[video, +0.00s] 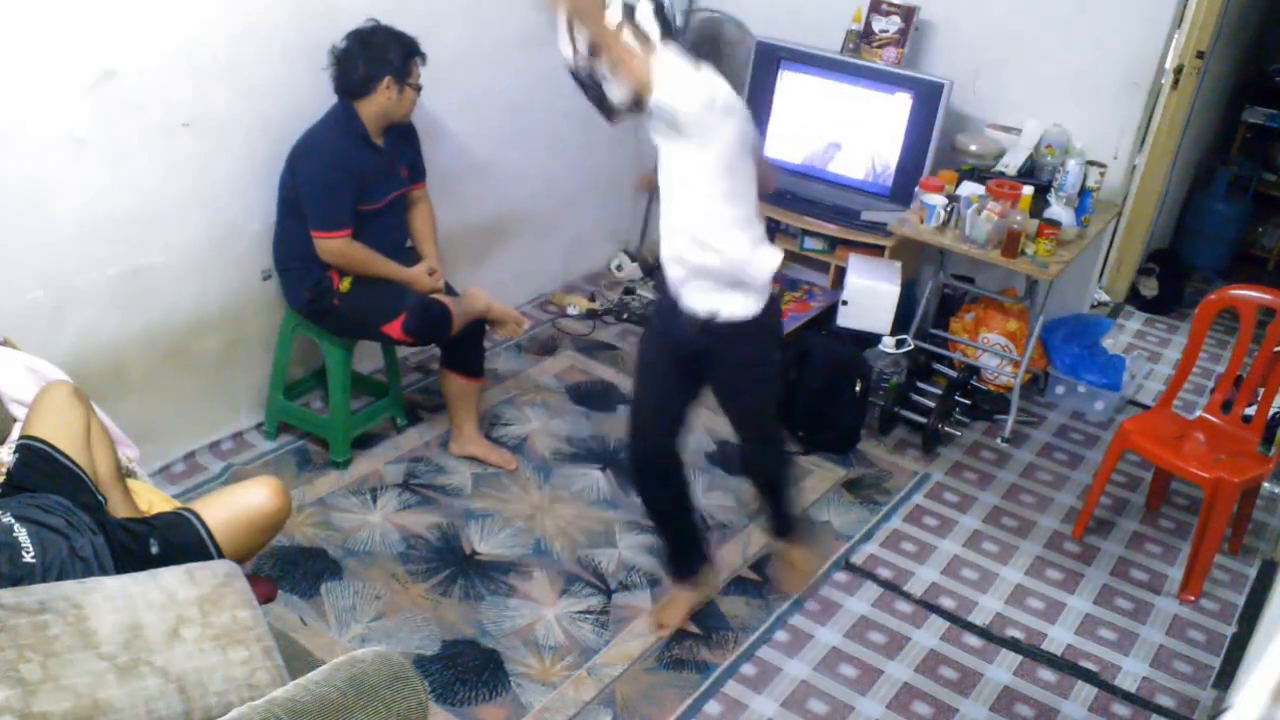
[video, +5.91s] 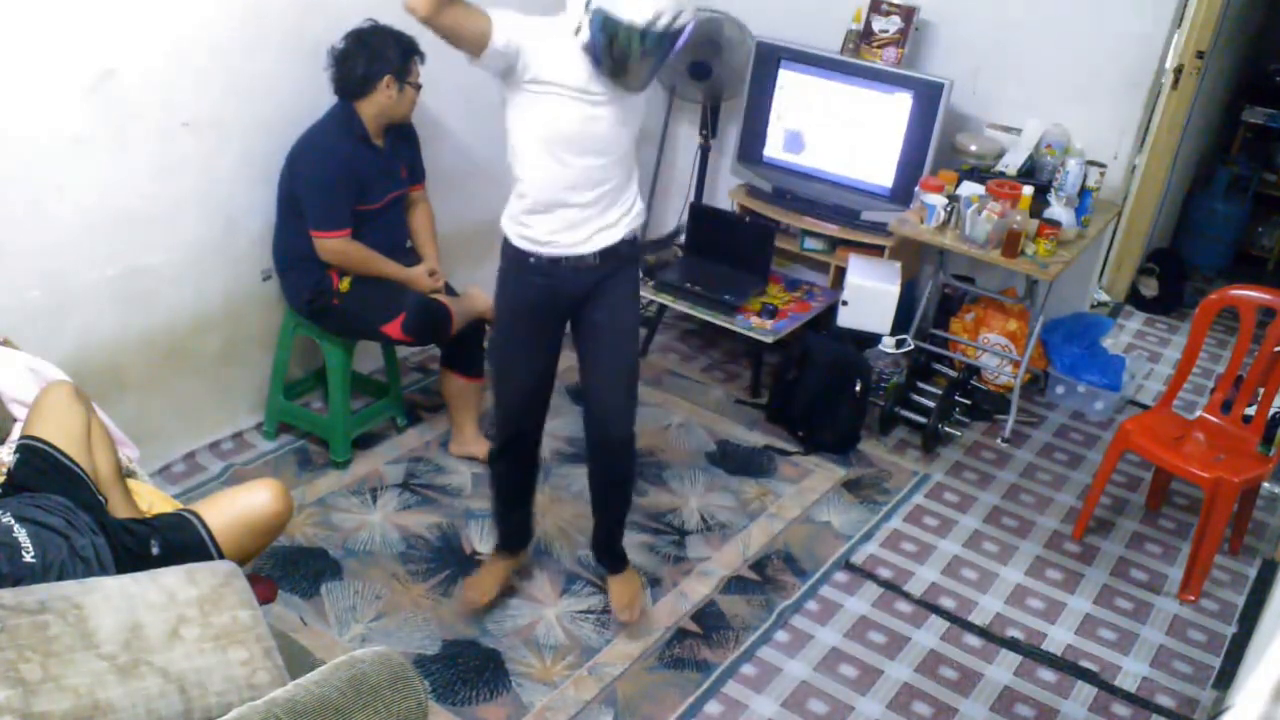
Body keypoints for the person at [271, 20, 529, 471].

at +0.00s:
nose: (419, 96)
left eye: (419, 87)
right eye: (416, 87)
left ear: (386, 88)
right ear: (387, 88)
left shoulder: (399, 131)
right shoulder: (325, 151)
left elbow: (418, 202)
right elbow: (333, 249)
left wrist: (429, 259)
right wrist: (407, 276)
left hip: (387, 266)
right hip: (325, 283)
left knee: (466, 320)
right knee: (424, 324)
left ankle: (465, 435)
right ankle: (477, 305)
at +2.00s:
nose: (419, 96)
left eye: (419, 87)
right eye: (416, 87)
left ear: (387, 88)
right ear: (387, 88)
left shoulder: (400, 130)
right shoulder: (326, 151)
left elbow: (418, 202)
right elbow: (332, 249)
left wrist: (429, 260)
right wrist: (407, 276)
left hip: (389, 264)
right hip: (325, 281)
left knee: (465, 323)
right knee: (423, 324)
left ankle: (466, 435)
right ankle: (477, 306)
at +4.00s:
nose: (419, 95)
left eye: (419, 87)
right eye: (416, 86)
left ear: (387, 86)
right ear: (388, 86)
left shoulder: (399, 132)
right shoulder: (326, 150)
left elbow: (417, 202)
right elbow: (332, 248)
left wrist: (429, 258)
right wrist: (407, 276)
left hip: (388, 266)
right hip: (326, 283)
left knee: (466, 321)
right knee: (426, 323)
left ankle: (465, 435)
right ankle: (477, 305)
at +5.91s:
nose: (419, 95)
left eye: (419, 86)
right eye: (415, 86)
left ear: (386, 87)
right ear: (387, 86)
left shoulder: (400, 131)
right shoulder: (324, 151)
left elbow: (417, 201)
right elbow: (331, 248)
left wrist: (430, 262)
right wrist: (406, 276)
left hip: (388, 259)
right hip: (326, 282)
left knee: (467, 326)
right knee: (421, 322)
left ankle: (466, 436)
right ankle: (475, 306)